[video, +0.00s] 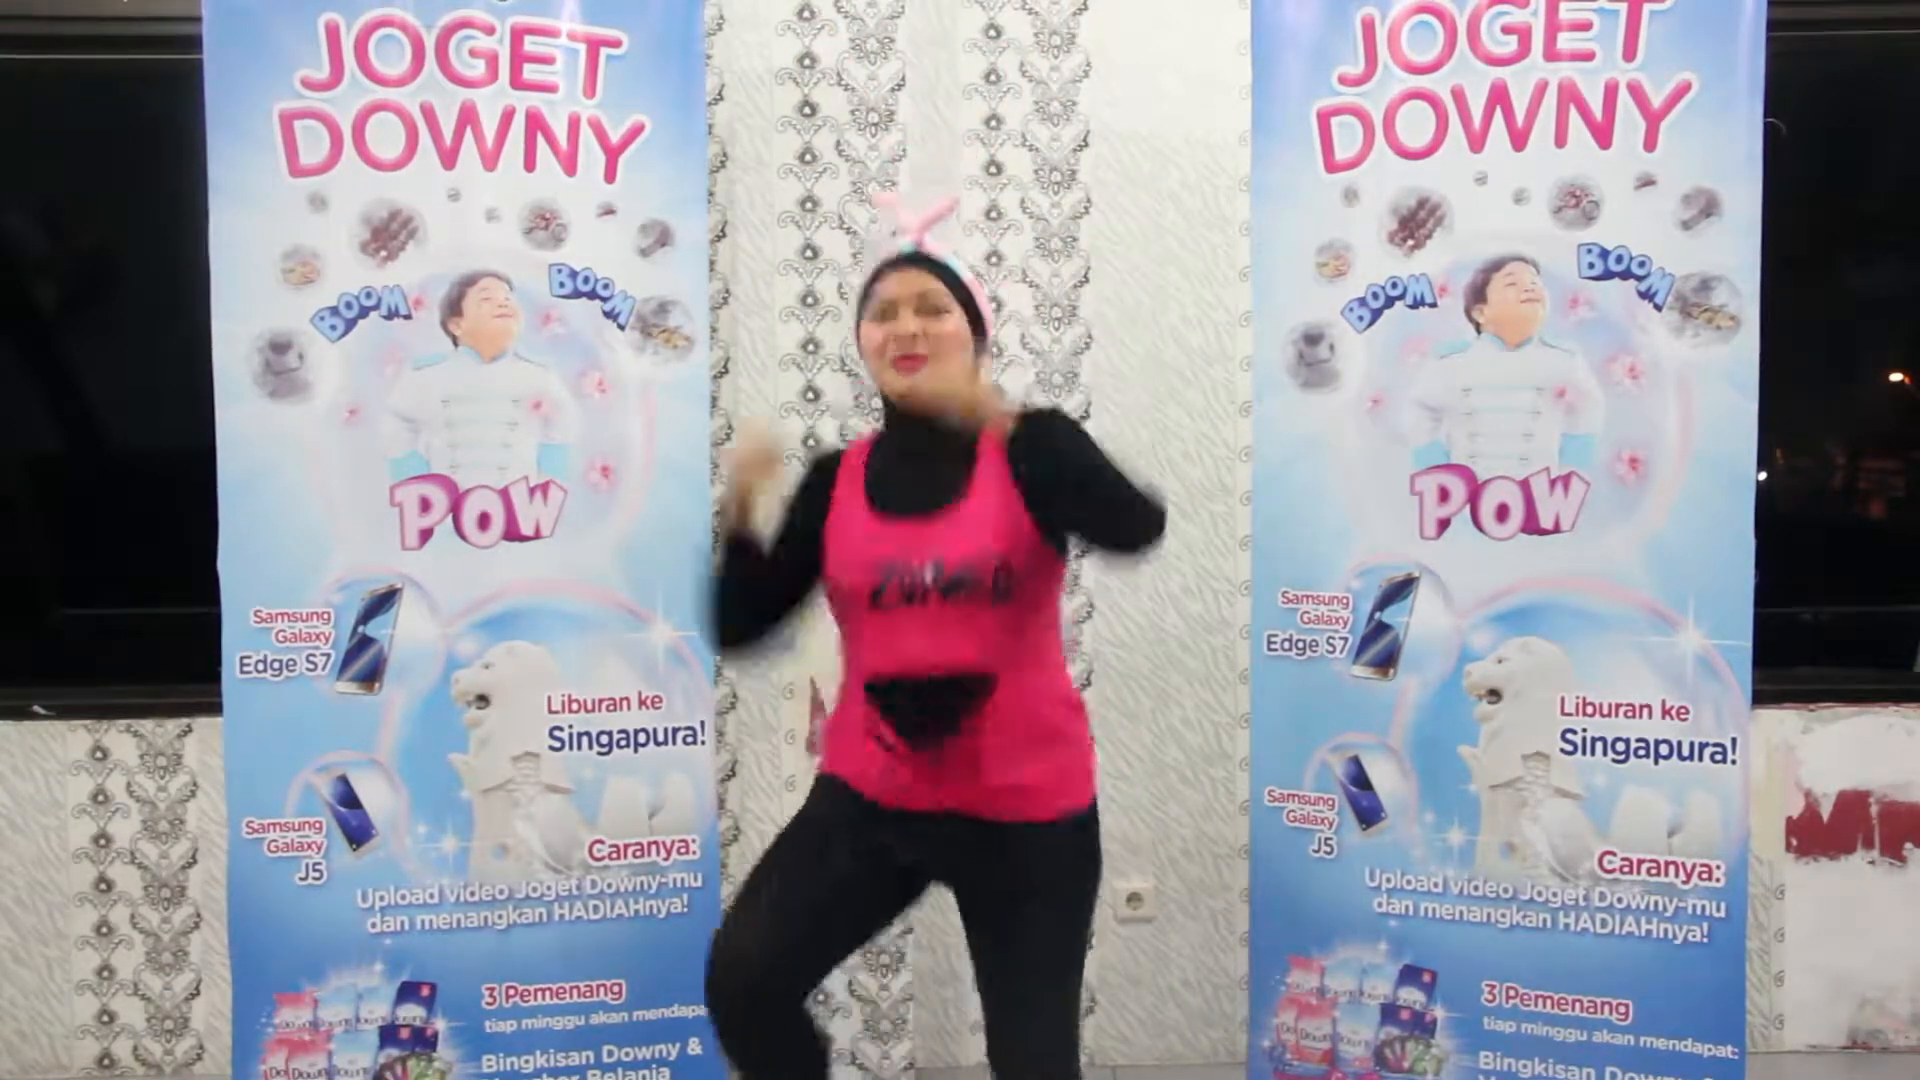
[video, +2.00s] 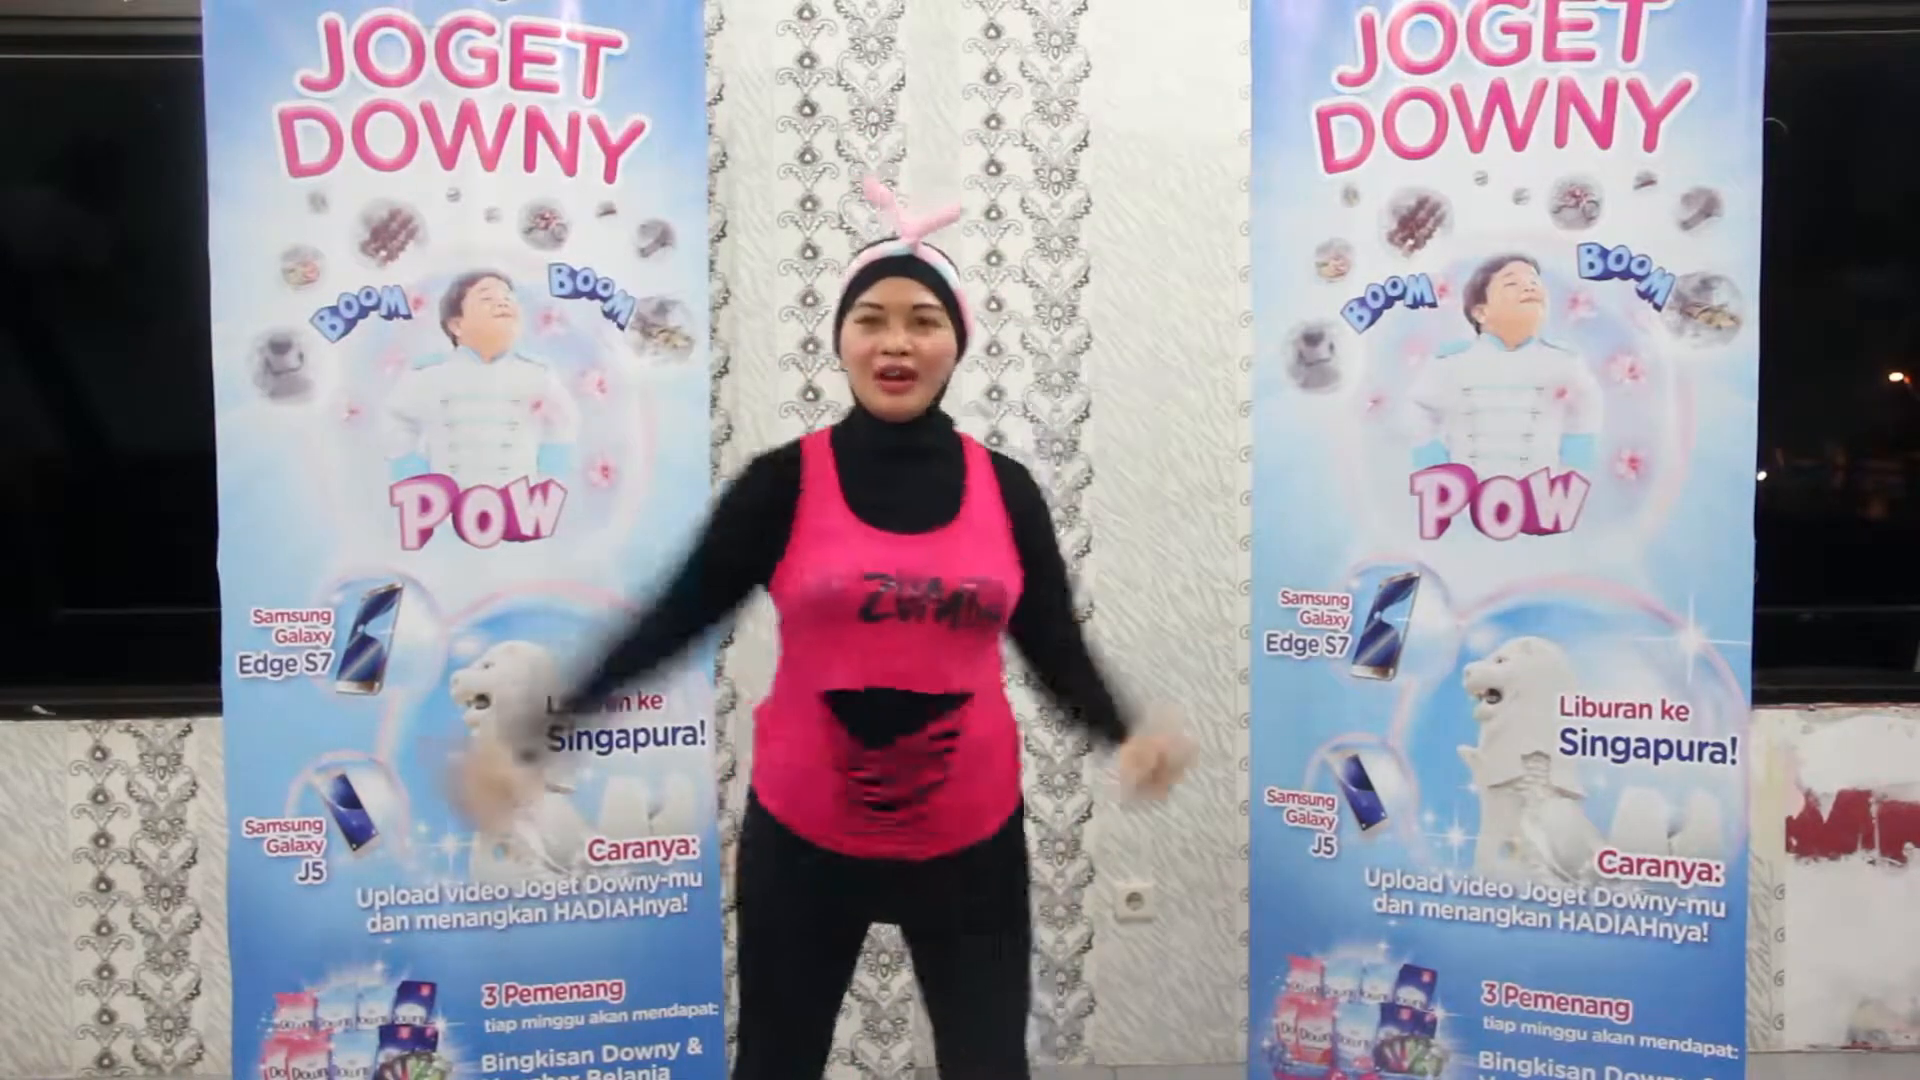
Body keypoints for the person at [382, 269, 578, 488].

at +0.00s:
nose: (503, 301)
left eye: (508, 296)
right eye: (485, 298)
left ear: (519, 315)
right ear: (455, 324)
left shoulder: (538, 378)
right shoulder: (421, 379)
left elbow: (560, 434)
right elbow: (393, 429)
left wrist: (546, 491)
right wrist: (414, 486)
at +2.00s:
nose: (502, 303)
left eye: (508, 296)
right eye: (485, 298)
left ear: (518, 315)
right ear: (455, 324)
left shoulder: (536, 376)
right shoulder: (423, 379)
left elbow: (560, 429)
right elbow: (393, 426)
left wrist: (546, 487)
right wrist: (412, 484)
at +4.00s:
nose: (503, 302)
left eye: (508, 296)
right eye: (485, 297)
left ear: (518, 315)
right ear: (455, 324)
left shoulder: (539, 379)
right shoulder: (421, 380)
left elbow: (560, 444)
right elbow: (396, 436)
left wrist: (543, 501)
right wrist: (416, 495)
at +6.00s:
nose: (502, 303)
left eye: (507, 296)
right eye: (484, 298)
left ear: (517, 313)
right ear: (455, 325)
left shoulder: (539, 376)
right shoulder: (422, 375)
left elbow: (559, 437)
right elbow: (395, 433)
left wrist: (545, 496)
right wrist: (415, 491)